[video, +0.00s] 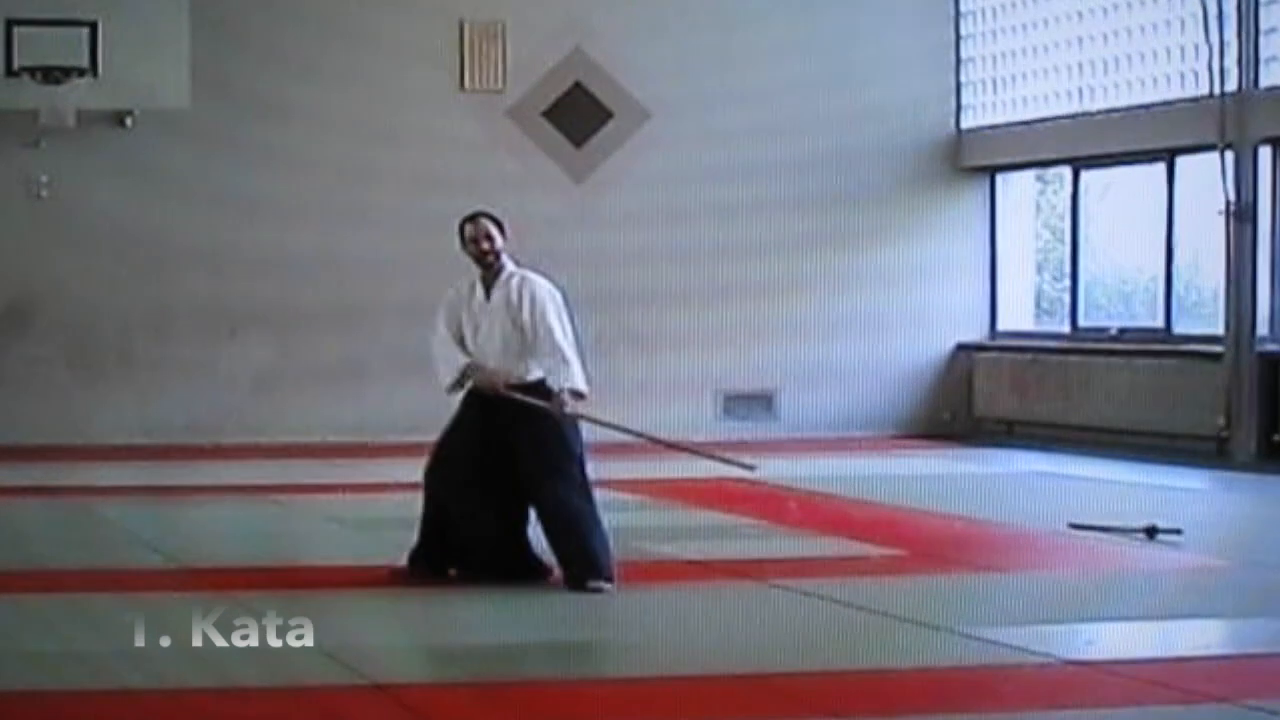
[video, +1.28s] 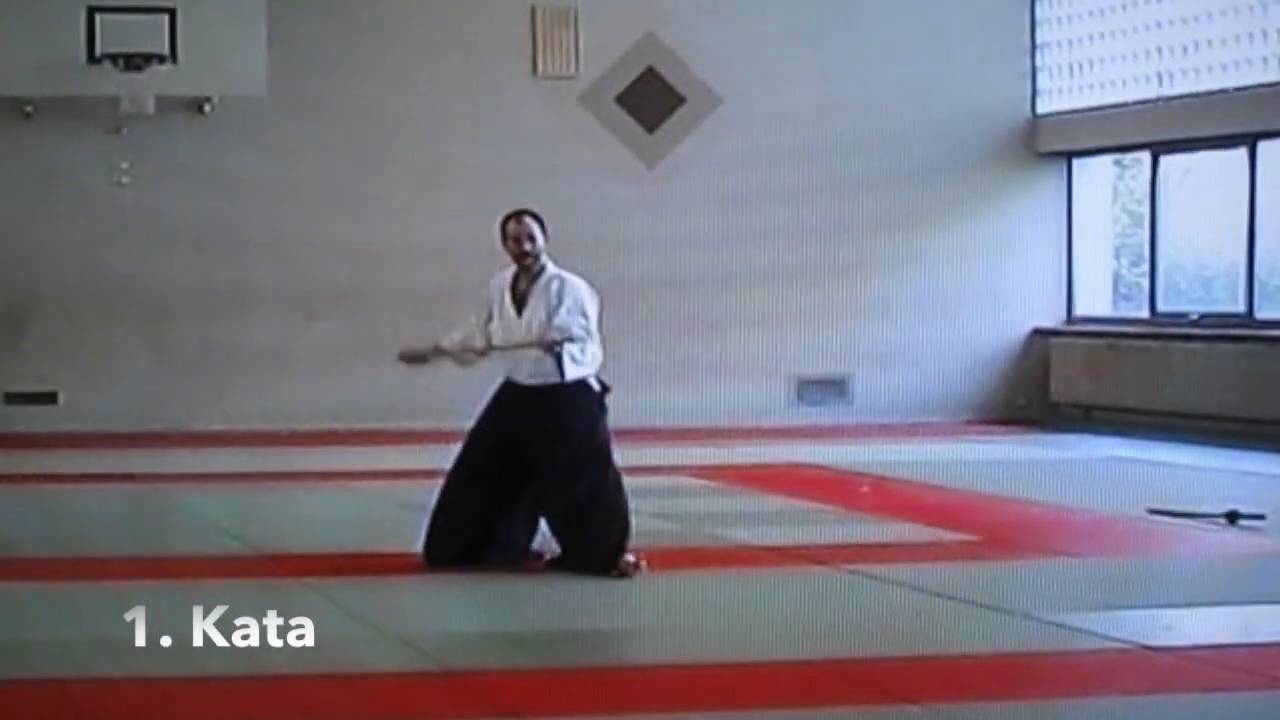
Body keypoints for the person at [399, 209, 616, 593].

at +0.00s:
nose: (483, 246)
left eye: (488, 237)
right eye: (474, 242)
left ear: (503, 239)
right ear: (466, 251)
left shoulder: (533, 289)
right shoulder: (459, 298)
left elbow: (557, 339)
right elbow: (443, 346)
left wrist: (568, 385)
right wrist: (472, 374)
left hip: (537, 396)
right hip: (484, 399)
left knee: (559, 484)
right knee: (445, 474)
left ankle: (589, 570)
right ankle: (430, 563)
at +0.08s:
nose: (470, 243)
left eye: (475, 234)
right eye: (460, 239)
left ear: (490, 236)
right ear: (453, 248)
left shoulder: (520, 286)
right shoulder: (446, 293)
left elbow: (542, 346)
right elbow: (416, 337)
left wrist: (536, 383)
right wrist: (438, 355)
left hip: (521, 397)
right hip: (470, 396)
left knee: (546, 479)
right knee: (431, 468)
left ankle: (578, 563)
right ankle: (427, 557)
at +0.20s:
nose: (448, 243)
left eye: (453, 233)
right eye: (438, 238)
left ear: (468, 234)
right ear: (432, 246)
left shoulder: (495, 282)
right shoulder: (431, 283)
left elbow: (517, 338)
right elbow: (403, 293)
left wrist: (486, 351)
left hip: (494, 390)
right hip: (449, 388)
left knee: (506, 473)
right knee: (420, 469)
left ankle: (550, 563)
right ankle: (433, 562)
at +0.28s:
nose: (439, 243)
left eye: (444, 233)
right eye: (430, 238)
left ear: (459, 232)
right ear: (424, 244)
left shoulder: (488, 282)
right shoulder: (423, 280)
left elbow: (504, 343)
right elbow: (373, 285)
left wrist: (466, 330)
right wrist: (379, 270)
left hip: (485, 389)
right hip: (439, 386)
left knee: (491, 479)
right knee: (412, 471)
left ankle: (534, 560)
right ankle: (430, 562)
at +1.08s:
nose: (484, 242)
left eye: (489, 234)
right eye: (474, 237)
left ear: (502, 236)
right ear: (466, 245)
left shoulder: (529, 281)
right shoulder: (462, 287)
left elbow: (543, 297)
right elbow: (421, 298)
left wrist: (508, 285)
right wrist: (378, 279)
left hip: (537, 390)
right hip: (487, 389)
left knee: (558, 470)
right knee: (454, 470)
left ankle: (577, 549)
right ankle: (437, 554)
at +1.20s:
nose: (509, 245)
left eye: (515, 236)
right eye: (499, 239)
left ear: (528, 238)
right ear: (490, 246)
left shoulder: (556, 289)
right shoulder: (481, 290)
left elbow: (572, 351)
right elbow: (457, 335)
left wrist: (545, 338)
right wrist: (410, 330)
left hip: (553, 395)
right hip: (503, 393)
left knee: (574, 476)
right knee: (471, 470)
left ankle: (602, 551)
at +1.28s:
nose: (524, 247)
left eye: (530, 238)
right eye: (515, 241)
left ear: (544, 241)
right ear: (506, 247)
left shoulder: (571, 289)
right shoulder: (499, 289)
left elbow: (583, 346)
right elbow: (479, 343)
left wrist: (556, 346)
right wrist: (434, 352)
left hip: (566, 398)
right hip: (516, 395)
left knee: (583, 480)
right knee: (483, 470)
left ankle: (604, 555)